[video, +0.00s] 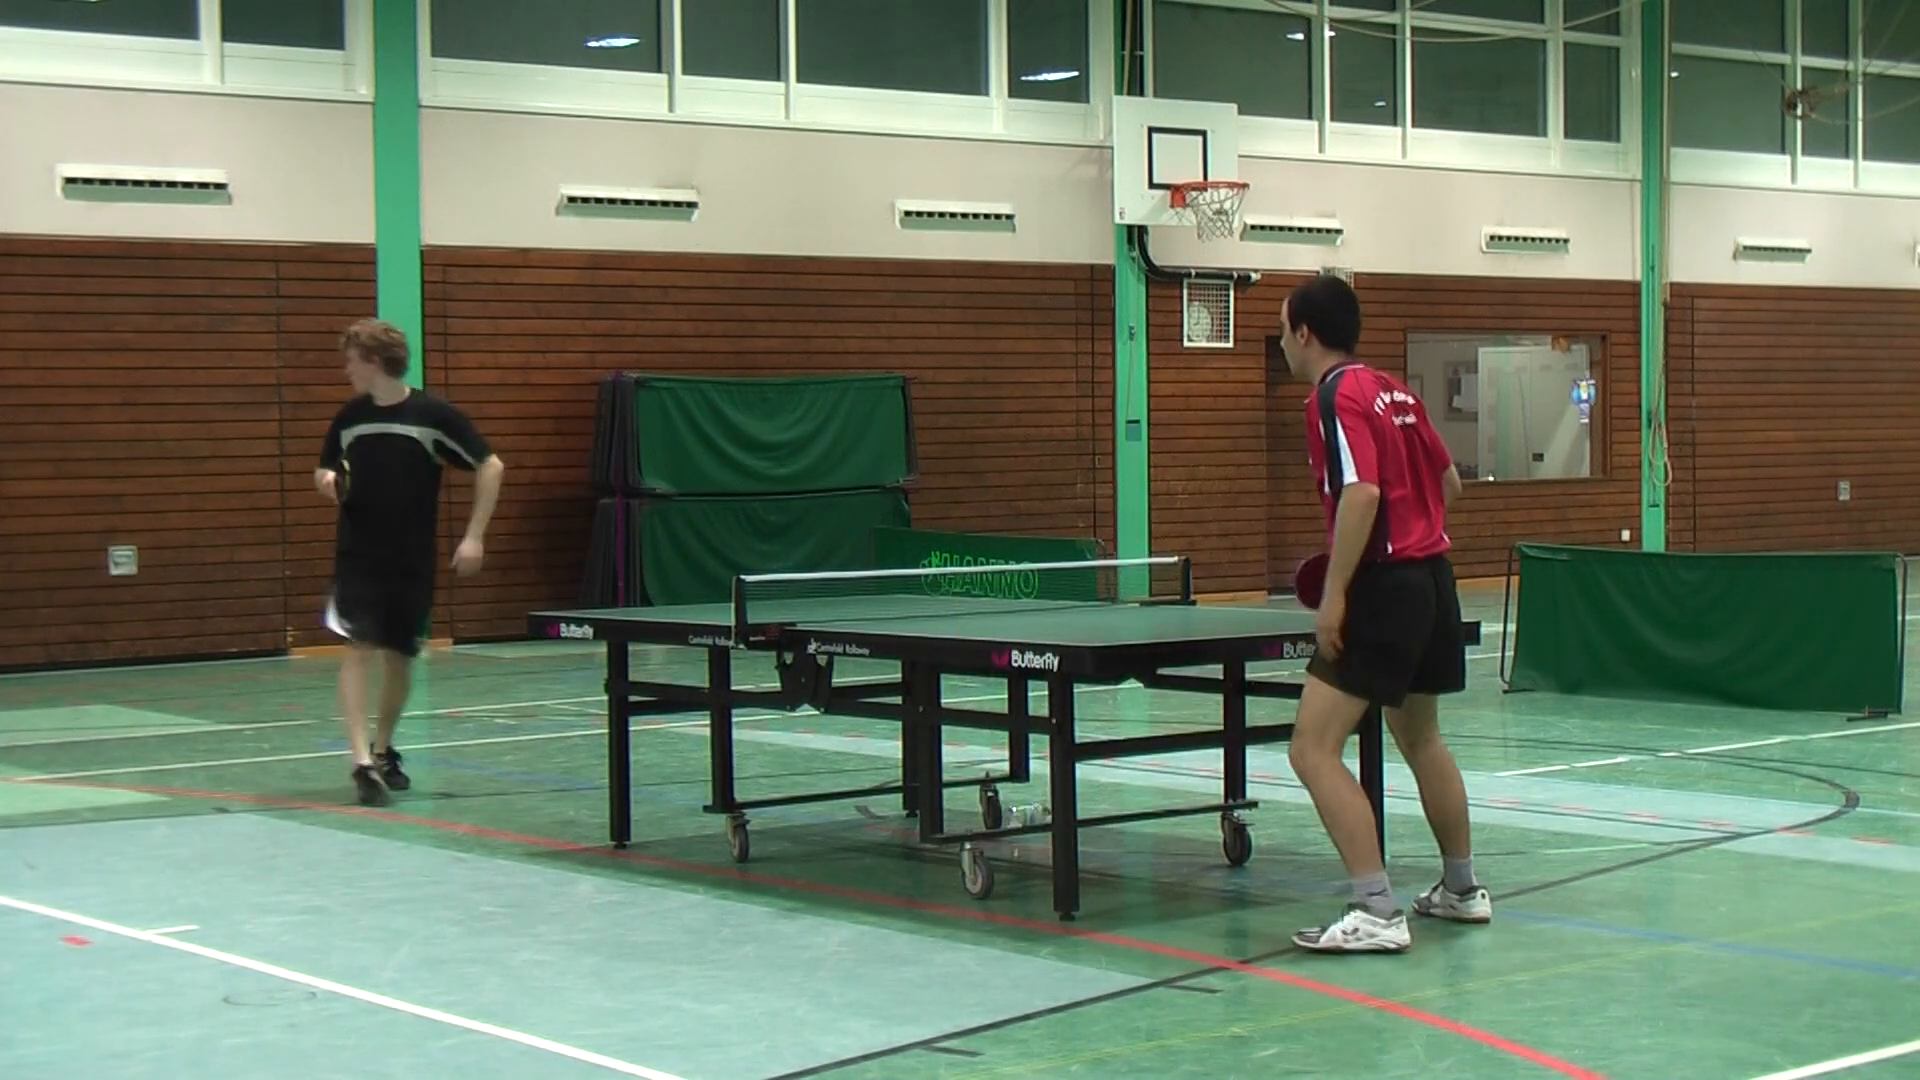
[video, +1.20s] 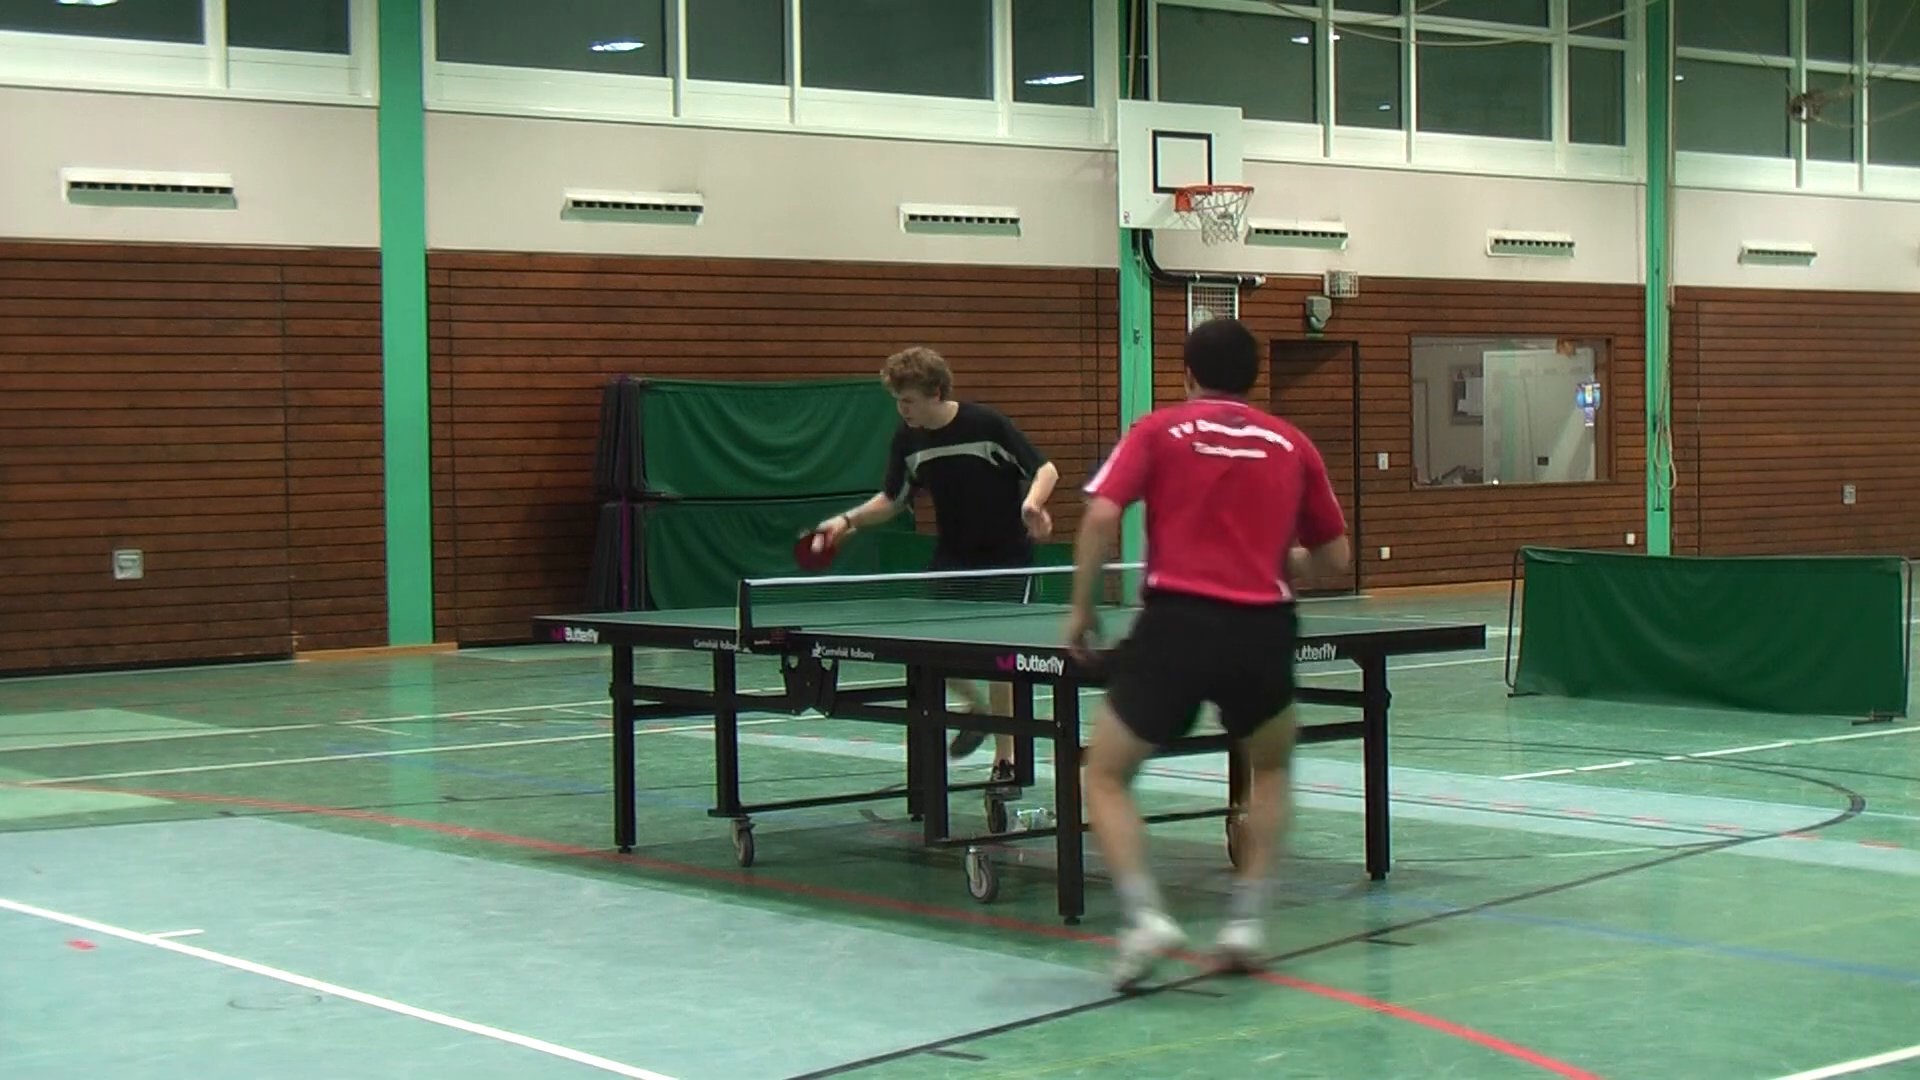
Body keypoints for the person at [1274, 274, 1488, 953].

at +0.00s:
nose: (1285, 346)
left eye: (1286, 334)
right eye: (1286, 334)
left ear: (1306, 333)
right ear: (1351, 332)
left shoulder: (1336, 394)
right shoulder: (1393, 387)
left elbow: (1362, 491)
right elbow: (1446, 481)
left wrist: (1333, 591)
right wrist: (1398, 549)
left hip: (1381, 590)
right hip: (1432, 585)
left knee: (1313, 751)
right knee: (1420, 735)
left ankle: (1376, 910)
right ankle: (1461, 888)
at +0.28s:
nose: (1258, 327)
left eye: (1260, 314)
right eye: (1259, 314)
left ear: (1281, 318)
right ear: (1321, 315)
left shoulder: (1329, 382)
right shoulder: (1349, 376)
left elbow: (1365, 488)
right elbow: (1357, 486)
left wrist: (1353, 594)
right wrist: (1306, 550)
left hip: (1343, 581)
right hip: (1377, 578)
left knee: (1314, 752)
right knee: (1369, 735)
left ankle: (1374, 915)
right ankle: (1427, 873)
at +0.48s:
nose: (1232, 314)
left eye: (1235, 301)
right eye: (1235, 301)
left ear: (1258, 307)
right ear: (1284, 304)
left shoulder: (1321, 371)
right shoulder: (1293, 374)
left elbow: (1348, 476)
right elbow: (1316, 471)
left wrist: (1282, 566)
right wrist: (1266, 508)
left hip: (1343, 574)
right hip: (1308, 574)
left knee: (1336, 740)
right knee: (1268, 726)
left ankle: (1381, 916)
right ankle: (1335, 880)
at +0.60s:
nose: (1270, 528)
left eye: (1271, 518)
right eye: (1273, 518)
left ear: (1278, 518)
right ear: (1339, 511)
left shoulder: (1273, 548)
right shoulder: (1385, 539)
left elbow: (1251, 612)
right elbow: (1418, 613)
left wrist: (1262, 714)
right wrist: (1326, 658)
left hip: (1379, 689)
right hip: (1464, 680)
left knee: (1229, 781)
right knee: (1478, 781)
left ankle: (1199, 957)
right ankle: (1545, 925)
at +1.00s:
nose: (1215, 449)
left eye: (1216, 441)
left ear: (1224, 443)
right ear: (1283, 439)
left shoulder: (1221, 485)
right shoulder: (1325, 486)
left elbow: (1208, 572)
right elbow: (1368, 580)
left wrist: (1198, 677)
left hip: (1304, 665)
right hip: (1378, 661)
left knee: (1163, 785)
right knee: (1420, 794)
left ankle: (1199, 958)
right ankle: (1531, 924)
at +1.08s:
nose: (1196, 412)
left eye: (1197, 404)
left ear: (1208, 408)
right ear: (1270, 406)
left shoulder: (1193, 456)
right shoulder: (1310, 463)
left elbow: (1162, 545)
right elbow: (1356, 582)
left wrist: (1150, 645)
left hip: (1247, 651)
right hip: (1326, 650)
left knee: (1144, 790)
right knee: (1365, 784)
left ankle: (1198, 956)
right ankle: (1454, 922)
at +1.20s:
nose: (1181, 379)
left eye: (1183, 370)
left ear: (1188, 375)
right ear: (1253, 377)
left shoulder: (1157, 429)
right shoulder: (1293, 443)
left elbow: (1100, 516)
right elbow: (1337, 564)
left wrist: (1082, 613)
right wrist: (1269, 558)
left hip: (1174, 628)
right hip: (1262, 634)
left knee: (1105, 774)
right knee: (1268, 770)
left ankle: (1146, 917)